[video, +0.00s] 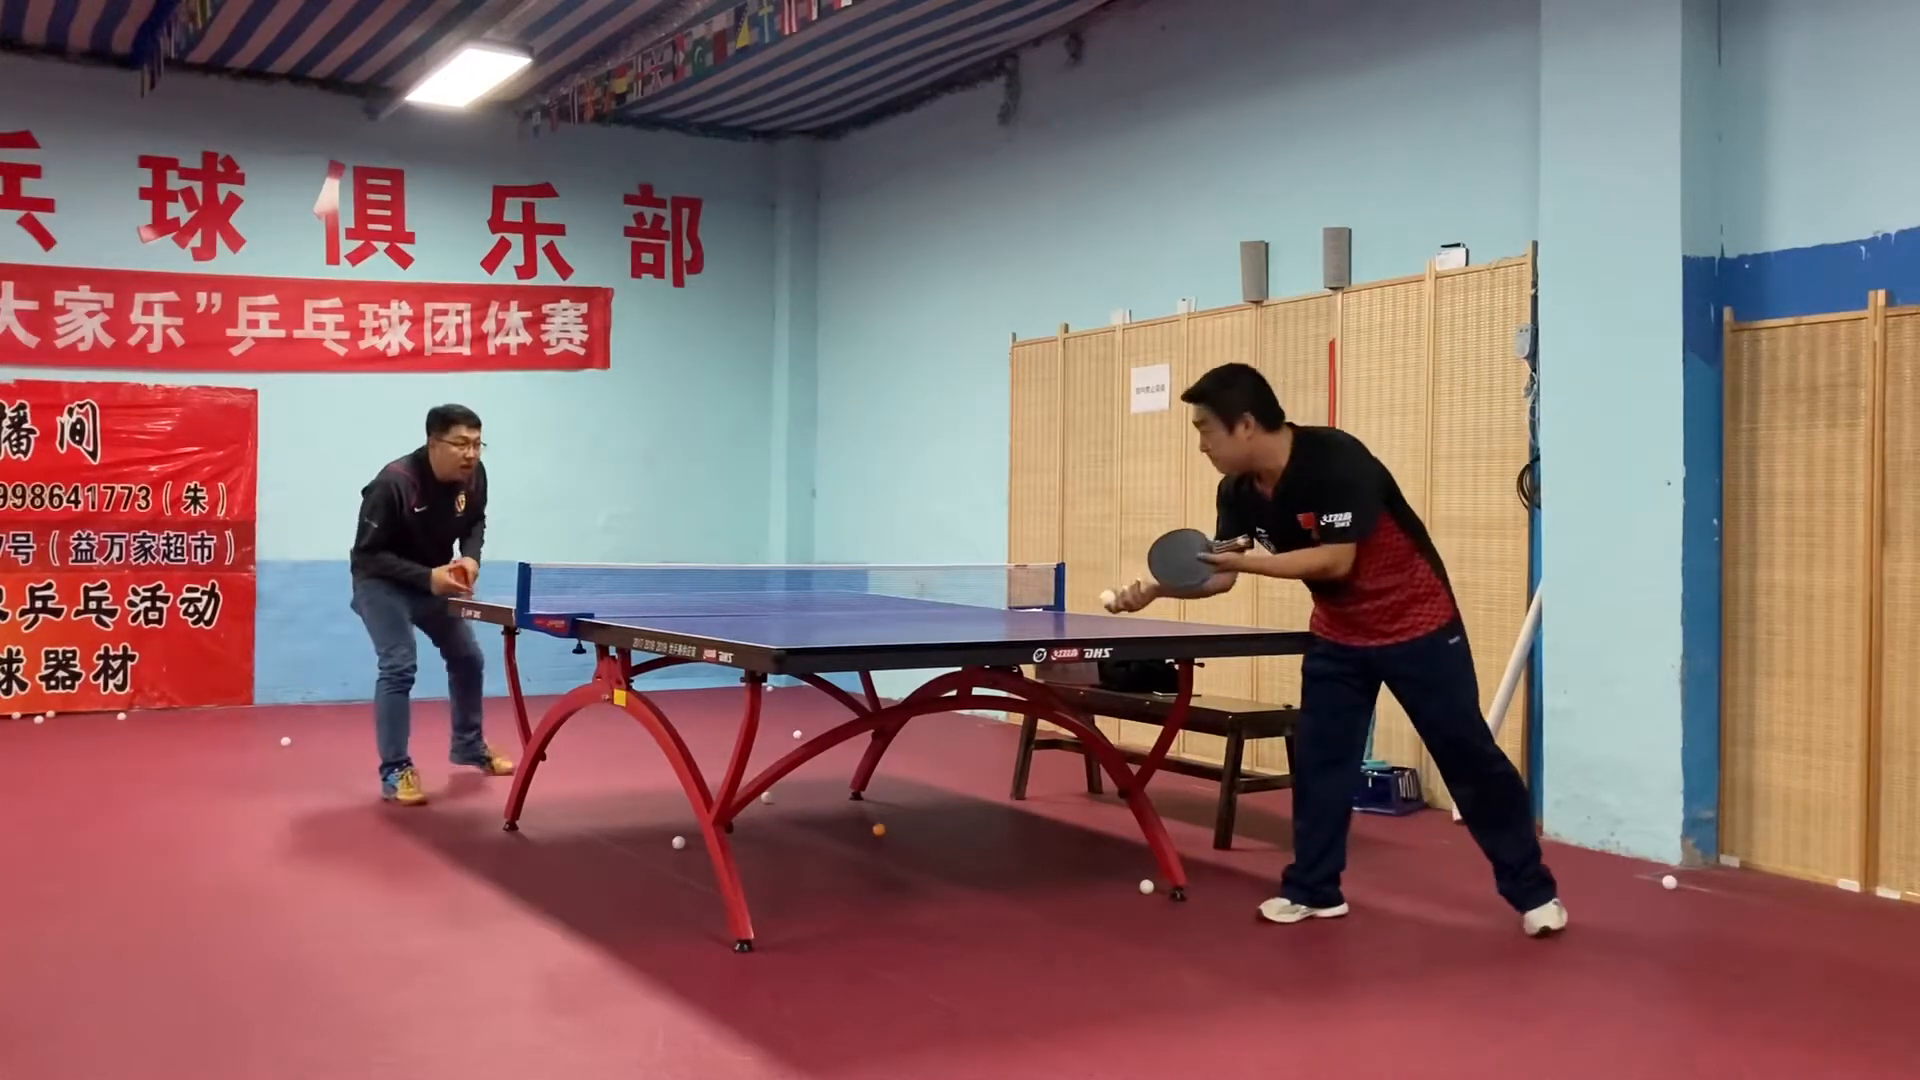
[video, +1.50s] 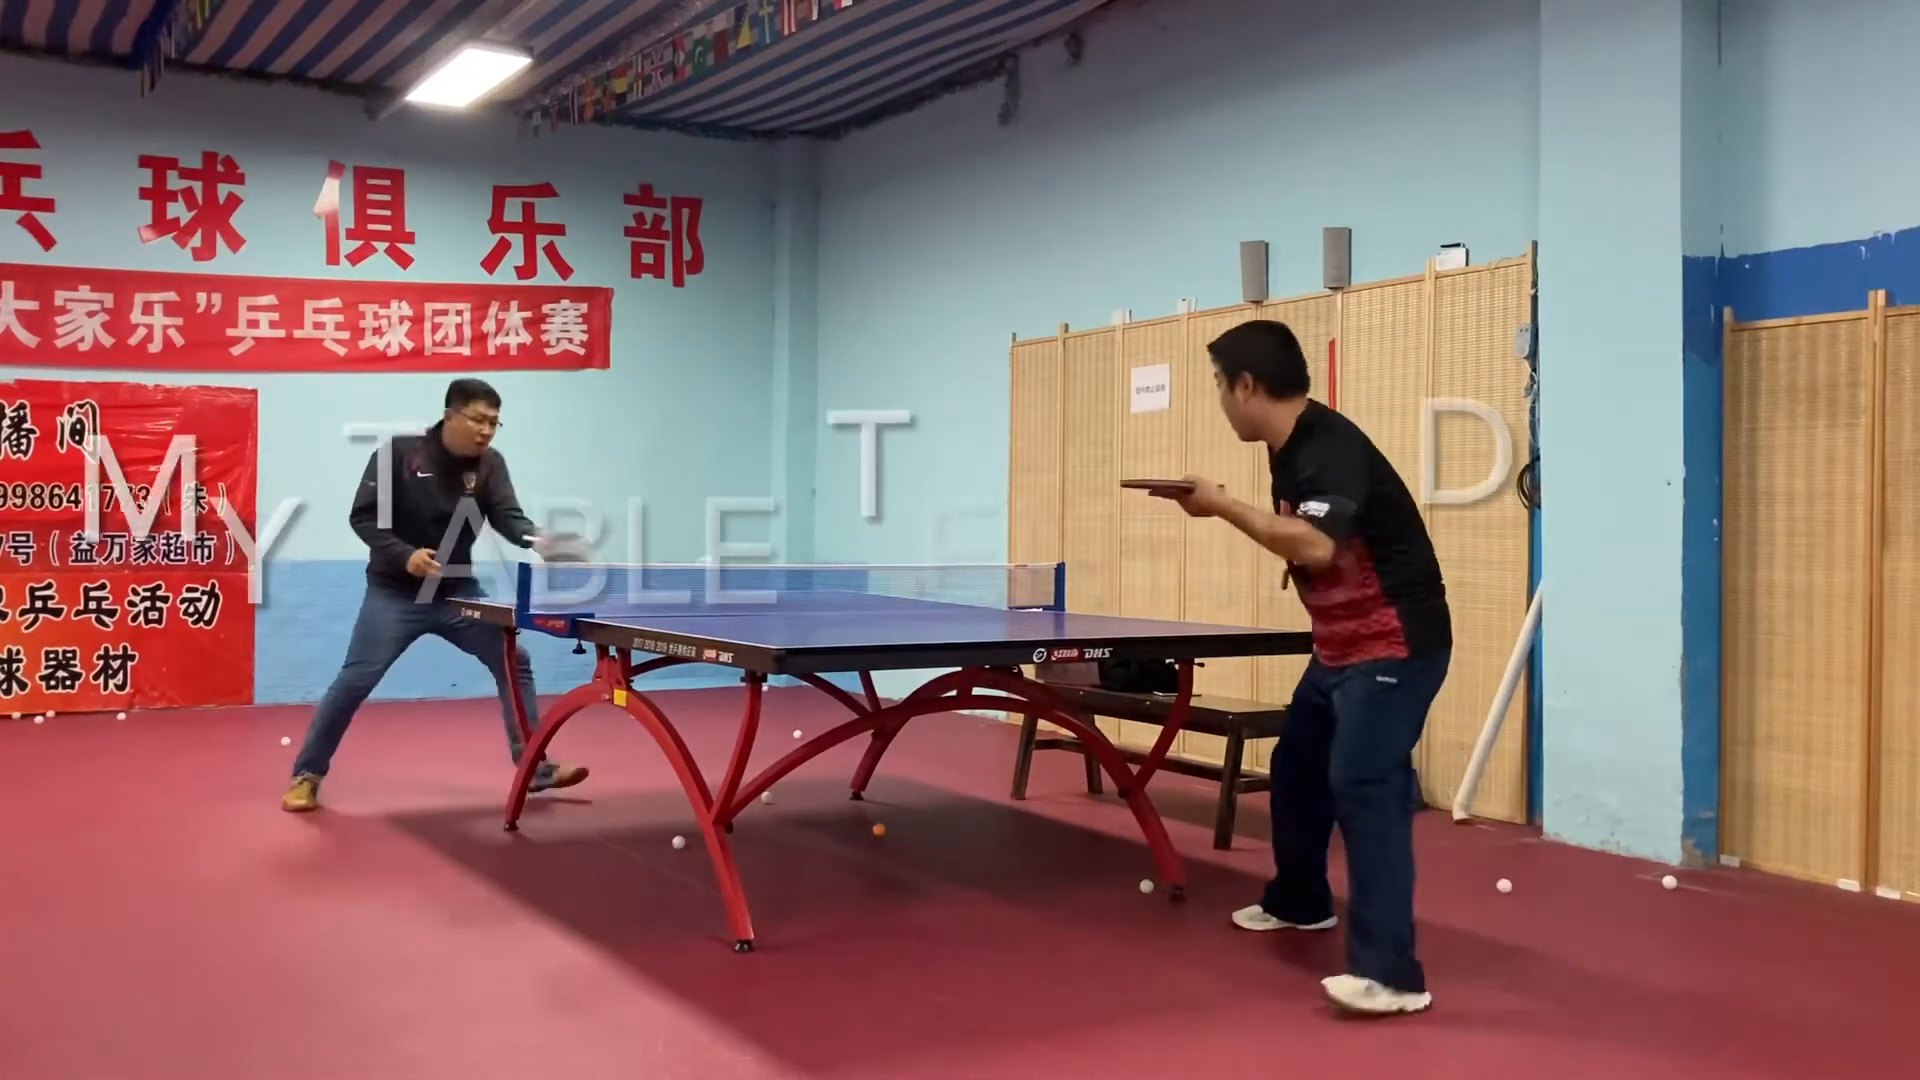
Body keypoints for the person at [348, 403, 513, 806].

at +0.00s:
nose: (470, 454)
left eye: (476, 444)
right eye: (461, 444)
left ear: (480, 444)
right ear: (432, 443)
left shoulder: (473, 475)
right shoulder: (393, 483)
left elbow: (475, 523)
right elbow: (367, 556)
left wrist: (470, 558)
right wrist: (427, 577)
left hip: (432, 582)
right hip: (381, 582)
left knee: (468, 658)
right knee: (399, 665)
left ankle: (468, 746)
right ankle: (395, 770)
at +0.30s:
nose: (496, 458)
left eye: (503, 450)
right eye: (487, 448)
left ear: (508, 452)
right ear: (461, 445)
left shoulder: (495, 484)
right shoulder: (415, 482)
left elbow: (488, 536)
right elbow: (381, 548)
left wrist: (479, 567)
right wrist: (433, 578)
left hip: (441, 582)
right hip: (391, 578)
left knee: (457, 665)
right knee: (403, 663)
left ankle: (468, 753)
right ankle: (393, 770)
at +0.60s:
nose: (516, 449)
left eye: (522, 441)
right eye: (506, 439)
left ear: (526, 444)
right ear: (479, 439)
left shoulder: (506, 482)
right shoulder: (440, 472)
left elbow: (503, 533)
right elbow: (398, 541)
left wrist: (499, 568)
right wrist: (458, 571)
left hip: (447, 587)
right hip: (398, 581)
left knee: (478, 661)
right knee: (402, 663)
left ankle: (470, 756)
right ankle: (394, 770)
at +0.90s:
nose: (524, 440)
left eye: (530, 433)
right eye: (516, 430)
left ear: (534, 439)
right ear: (490, 429)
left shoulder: (507, 484)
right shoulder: (451, 463)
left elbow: (501, 533)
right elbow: (412, 527)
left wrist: (508, 570)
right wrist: (463, 565)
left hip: (440, 581)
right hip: (393, 573)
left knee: (472, 658)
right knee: (382, 655)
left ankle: (469, 756)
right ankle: (350, 763)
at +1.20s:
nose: (483, 429)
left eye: (489, 422)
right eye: (474, 418)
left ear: (492, 428)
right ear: (448, 419)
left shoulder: (470, 478)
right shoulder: (406, 462)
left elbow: (465, 531)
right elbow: (366, 520)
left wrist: (490, 557)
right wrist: (413, 564)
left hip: (435, 603)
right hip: (384, 596)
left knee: (468, 675)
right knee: (360, 674)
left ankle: (469, 758)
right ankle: (307, 774)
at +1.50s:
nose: (487, 430)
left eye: (493, 423)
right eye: (478, 420)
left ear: (496, 425)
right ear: (450, 417)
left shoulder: (489, 464)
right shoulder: (398, 453)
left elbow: (507, 515)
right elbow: (363, 517)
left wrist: (536, 538)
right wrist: (404, 554)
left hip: (457, 594)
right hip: (394, 595)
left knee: (513, 659)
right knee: (358, 676)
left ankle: (534, 766)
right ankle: (307, 775)